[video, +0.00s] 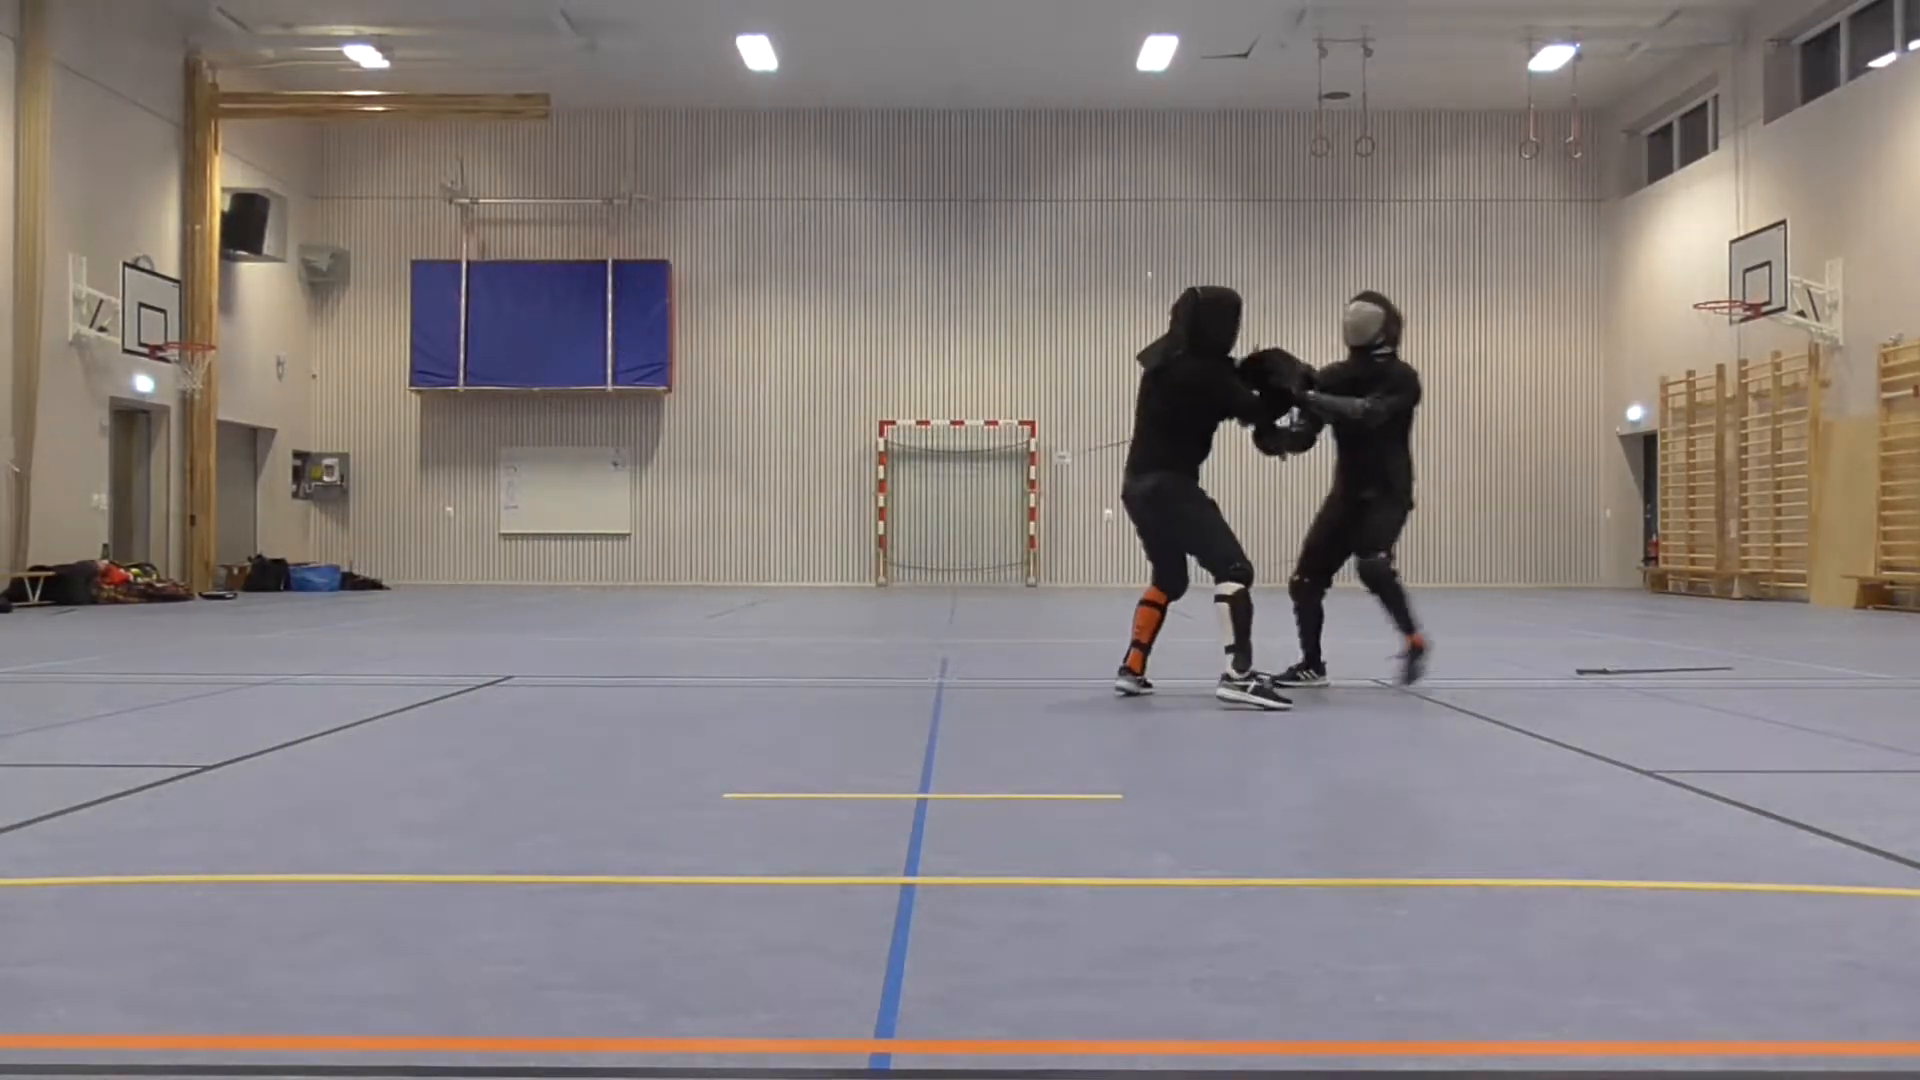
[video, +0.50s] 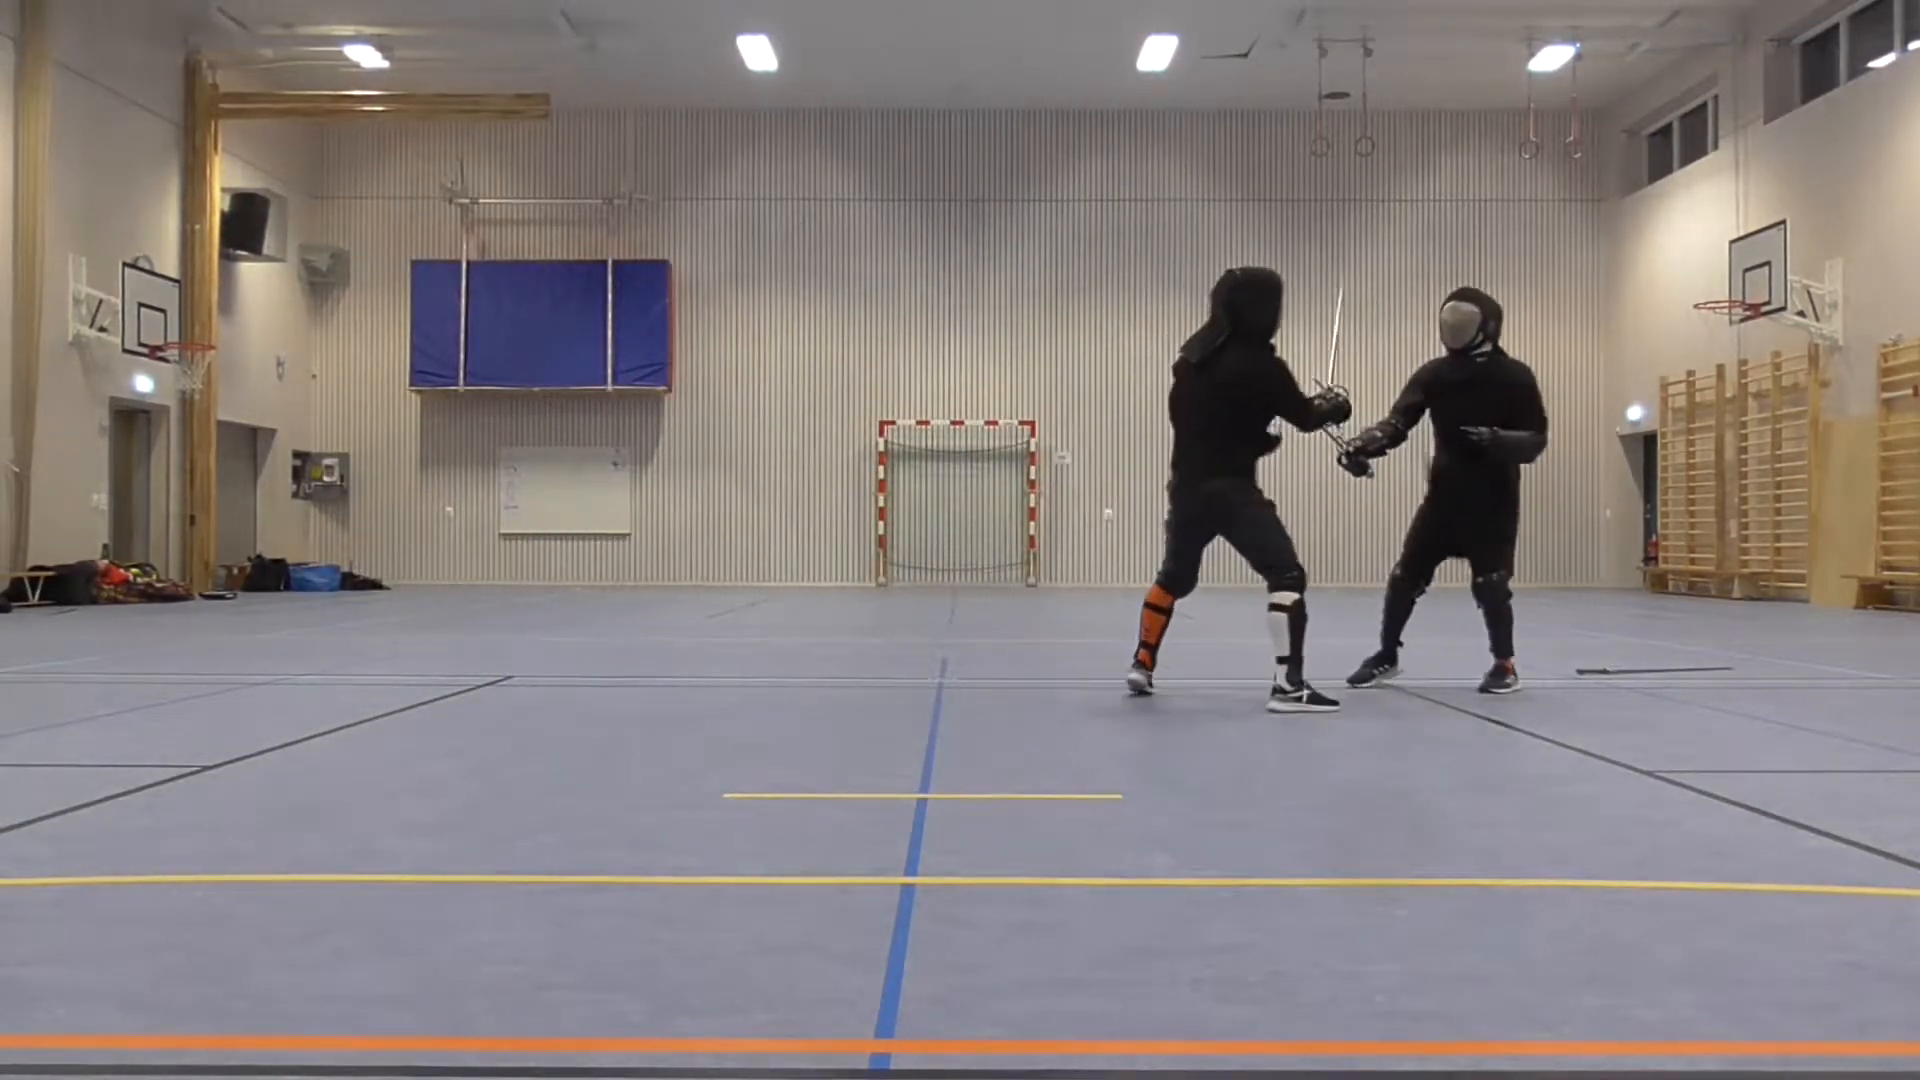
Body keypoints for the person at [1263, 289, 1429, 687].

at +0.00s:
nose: (1351, 332)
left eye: (1360, 325)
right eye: (1349, 325)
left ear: (1381, 332)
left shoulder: (1403, 379)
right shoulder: (1331, 377)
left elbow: (1370, 412)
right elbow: (1304, 432)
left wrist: (1309, 398)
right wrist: (1273, 437)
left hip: (1390, 495)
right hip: (1347, 494)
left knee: (1371, 564)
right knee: (1306, 584)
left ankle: (1414, 641)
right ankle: (1312, 664)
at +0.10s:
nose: (1380, 336)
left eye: (1388, 329)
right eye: (1378, 329)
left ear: (1409, 333)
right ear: (1380, 332)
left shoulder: (1431, 380)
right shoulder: (1364, 376)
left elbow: (1395, 419)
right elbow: (1325, 426)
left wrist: (1336, 399)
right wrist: (1286, 427)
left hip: (1419, 501)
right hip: (1377, 499)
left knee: (1424, 590)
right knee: (1328, 582)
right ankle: (1316, 662)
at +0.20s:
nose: (1405, 345)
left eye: (1414, 337)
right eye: (1403, 337)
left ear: (1437, 341)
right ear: (1404, 338)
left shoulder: (1460, 386)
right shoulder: (1391, 381)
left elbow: (1422, 431)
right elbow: (1343, 426)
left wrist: (1366, 404)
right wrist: (1304, 422)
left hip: (1456, 509)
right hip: (1410, 506)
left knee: (1463, 597)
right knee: (1361, 584)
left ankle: (1501, 668)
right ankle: (1325, 659)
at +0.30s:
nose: (1423, 344)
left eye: (1433, 336)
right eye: (1420, 336)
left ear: (1458, 338)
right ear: (1415, 335)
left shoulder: (1484, 383)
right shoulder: (1408, 383)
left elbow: (1475, 441)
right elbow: (1369, 429)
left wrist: (1411, 418)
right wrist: (1328, 443)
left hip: (1478, 503)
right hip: (1430, 500)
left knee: (1478, 589)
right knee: (1389, 584)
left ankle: (1503, 666)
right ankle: (1373, 661)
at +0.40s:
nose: (1440, 334)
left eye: (1451, 326)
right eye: (1437, 325)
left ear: (1477, 330)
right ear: (1432, 326)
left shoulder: (1504, 379)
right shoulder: (1421, 379)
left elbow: (1513, 440)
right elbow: (1385, 428)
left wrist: (1458, 432)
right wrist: (1351, 446)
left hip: (1489, 503)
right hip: (1436, 501)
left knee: (1489, 585)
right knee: (1402, 584)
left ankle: (1504, 666)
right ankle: (1380, 660)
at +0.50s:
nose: (1449, 332)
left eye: (1460, 323)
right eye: (1445, 323)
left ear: (1485, 327)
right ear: (1440, 325)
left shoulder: (1515, 378)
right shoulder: (1432, 376)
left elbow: (1535, 442)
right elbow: (1397, 423)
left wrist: (1497, 440)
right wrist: (1361, 446)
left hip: (1494, 501)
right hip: (1443, 498)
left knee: (1491, 586)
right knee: (1404, 579)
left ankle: (1504, 665)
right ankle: (1386, 655)